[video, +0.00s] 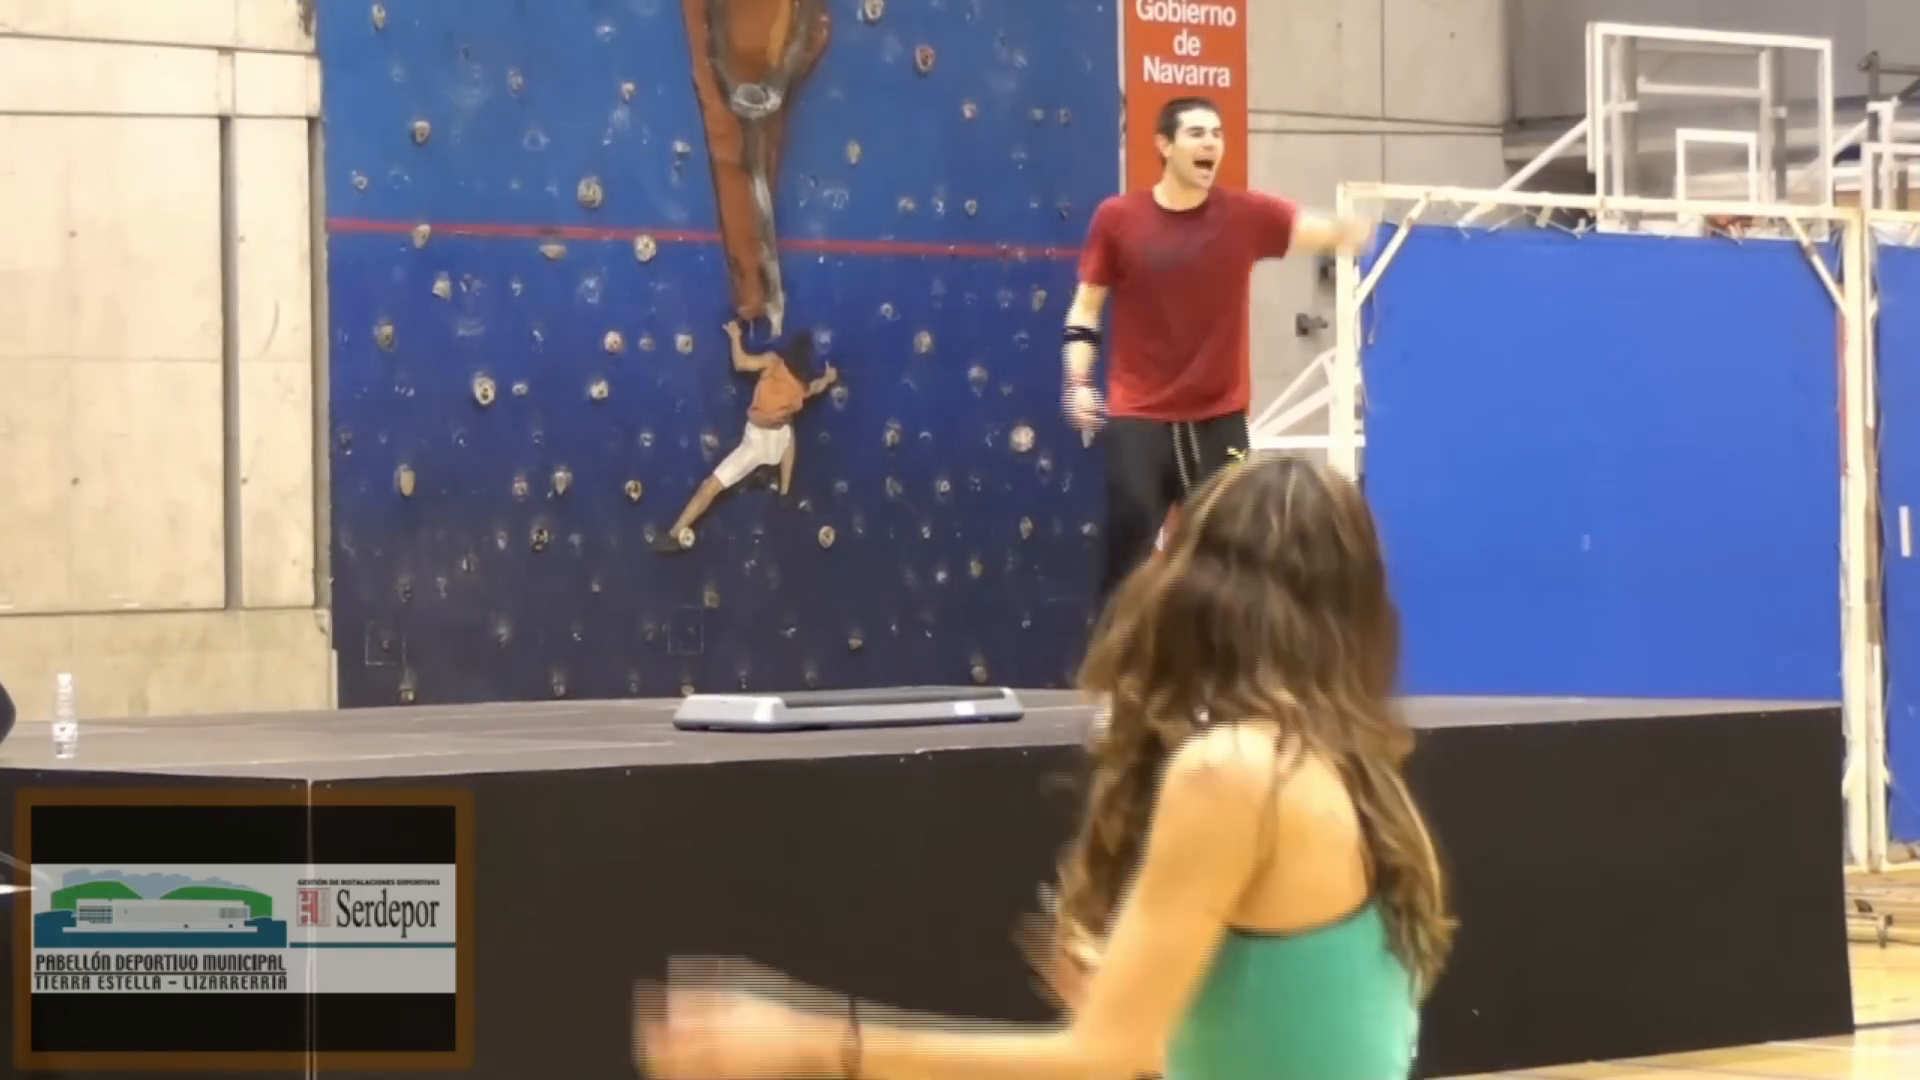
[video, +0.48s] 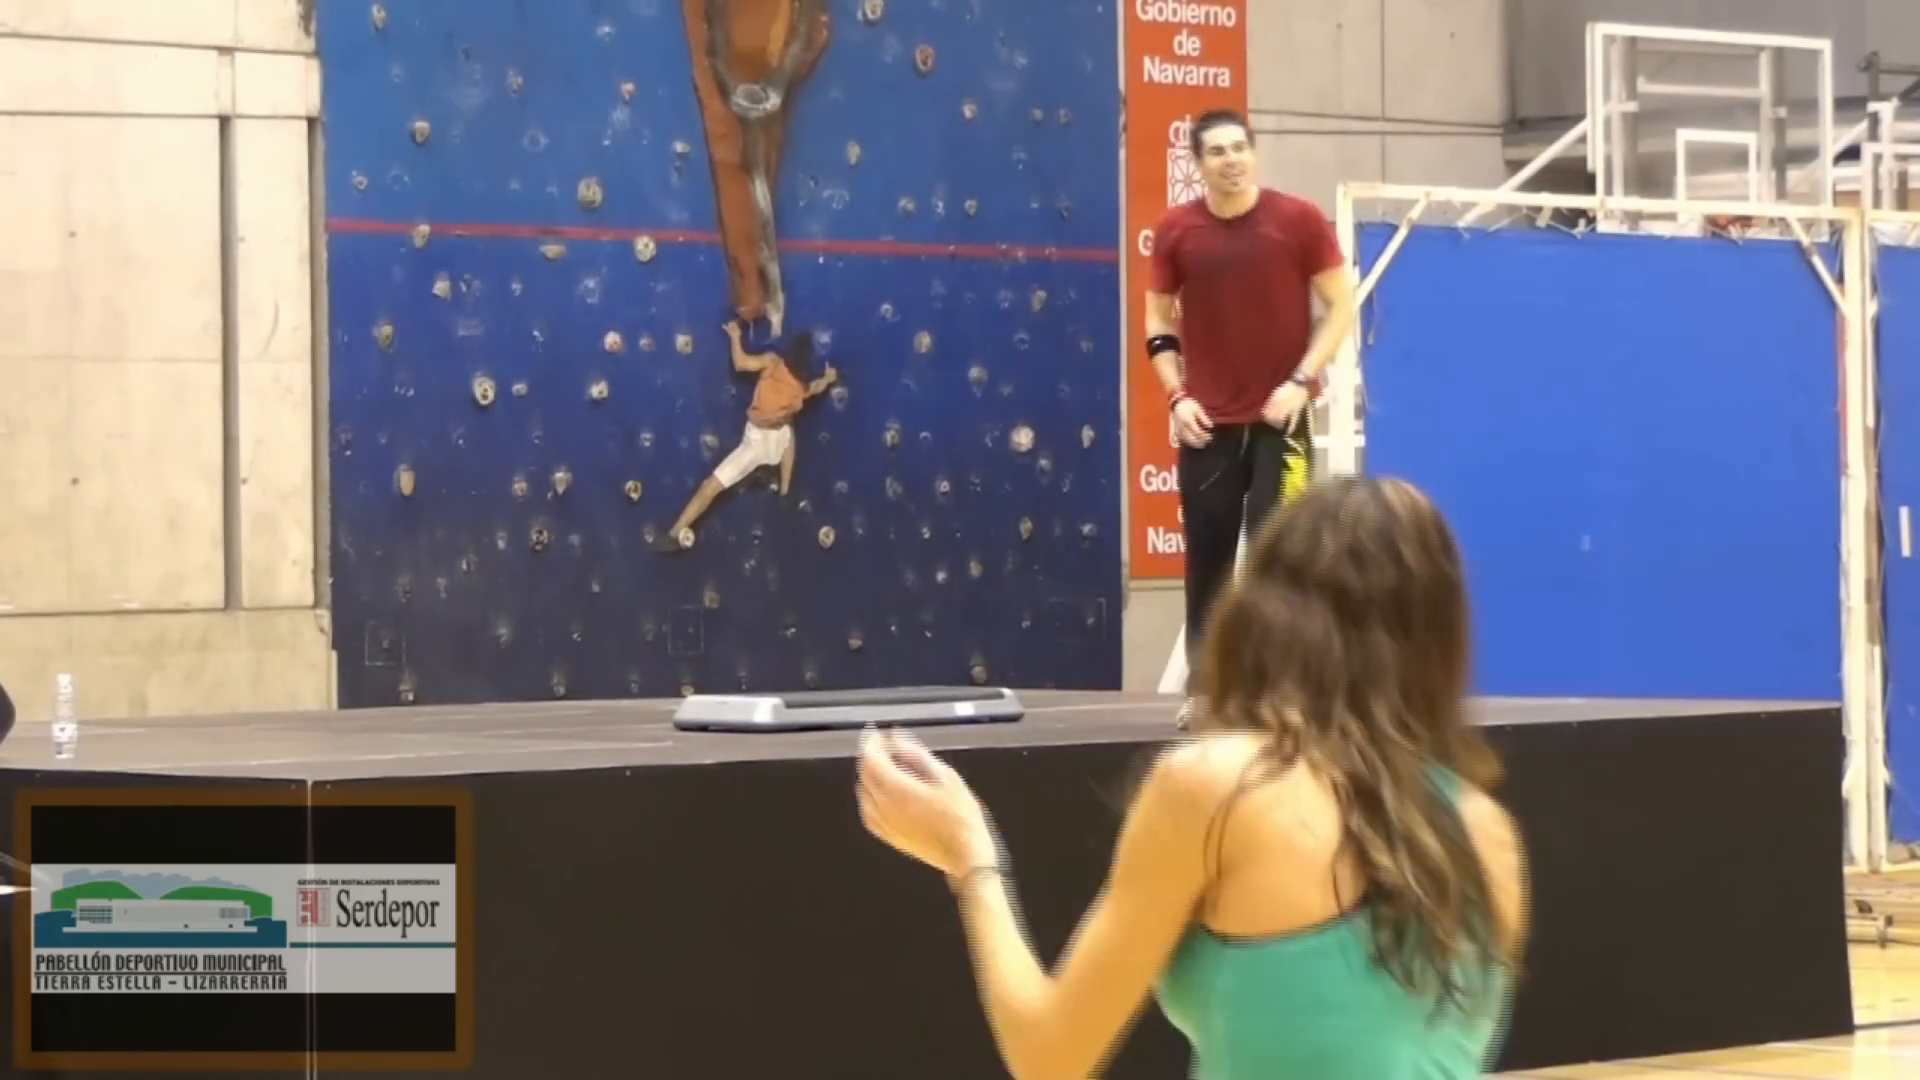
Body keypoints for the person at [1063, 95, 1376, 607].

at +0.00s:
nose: (1209, 145)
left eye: (1216, 135)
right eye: (1195, 133)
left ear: (1224, 147)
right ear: (1164, 145)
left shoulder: (1243, 213)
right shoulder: (1118, 217)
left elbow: (1326, 233)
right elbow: (1087, 307)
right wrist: (1078, 382)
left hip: (1218, 413)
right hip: (1139, 414)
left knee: (1231, 540)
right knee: (1130, 529)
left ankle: (1234, 665)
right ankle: (1116, 663)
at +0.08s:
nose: (1210, 146)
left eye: (1217, 135)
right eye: (1195, 136)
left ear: (1226, 145)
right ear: (1167, 151)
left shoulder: (1253, 218)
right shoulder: (1130, 220)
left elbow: (1325, 284)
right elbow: (1100, 313)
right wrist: (1111, 396)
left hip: (1230, 417)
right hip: (1151, 422)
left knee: (1236, 550)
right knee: (1147, 560)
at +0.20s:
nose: (1200, 160)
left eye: (1207, 147)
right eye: (1185, 152)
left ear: (1224, 155)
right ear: (1168, 170)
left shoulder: (1269, 236)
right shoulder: (1143, 240)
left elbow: (1299, 330)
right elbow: (1128, 336)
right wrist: (1150, 415)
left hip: (1247, 442)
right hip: (1169, 445)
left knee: (1249, 577)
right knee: (1170, 585)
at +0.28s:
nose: (1204, 165)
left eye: (1212, 153)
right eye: (1190, 158)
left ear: (1228, 161)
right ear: (1172, 175)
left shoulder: (1275, 238)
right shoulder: (1149, 244)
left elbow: (1297, 333)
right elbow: (1142, 341)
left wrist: (1264, 407)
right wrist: (1167, 422)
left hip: (1250, 436)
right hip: (1180, 441)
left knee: (1254, 574)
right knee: (1194, 580)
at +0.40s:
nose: (1218, 161)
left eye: (1225, 148)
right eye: (1203, 152)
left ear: (1242, 153)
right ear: (1183, 164)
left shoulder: (1288, 221)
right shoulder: (1163, 235)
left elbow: (1326, 311)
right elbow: (1155, 329)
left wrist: (1288, 386)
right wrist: (1175, 408)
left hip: (1267, 424)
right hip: (1197, 432)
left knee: (1269, 561)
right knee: (1201, 569)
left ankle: (1276, 685)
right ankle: (1204, 686)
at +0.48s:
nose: (1229, 160)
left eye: (1238, 148)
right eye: (1216, 152)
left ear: (1256, 155)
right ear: (1197, 164)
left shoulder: (1300, 221)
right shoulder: (1176, 233)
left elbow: (1341, 305)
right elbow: (1160, 321)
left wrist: (1302, 382)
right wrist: (1177, 396)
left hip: (1279, 424)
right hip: (1206, 427)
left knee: (1279, 563)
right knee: (1206, 568)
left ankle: (1283, 692)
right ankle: (1206, 692)